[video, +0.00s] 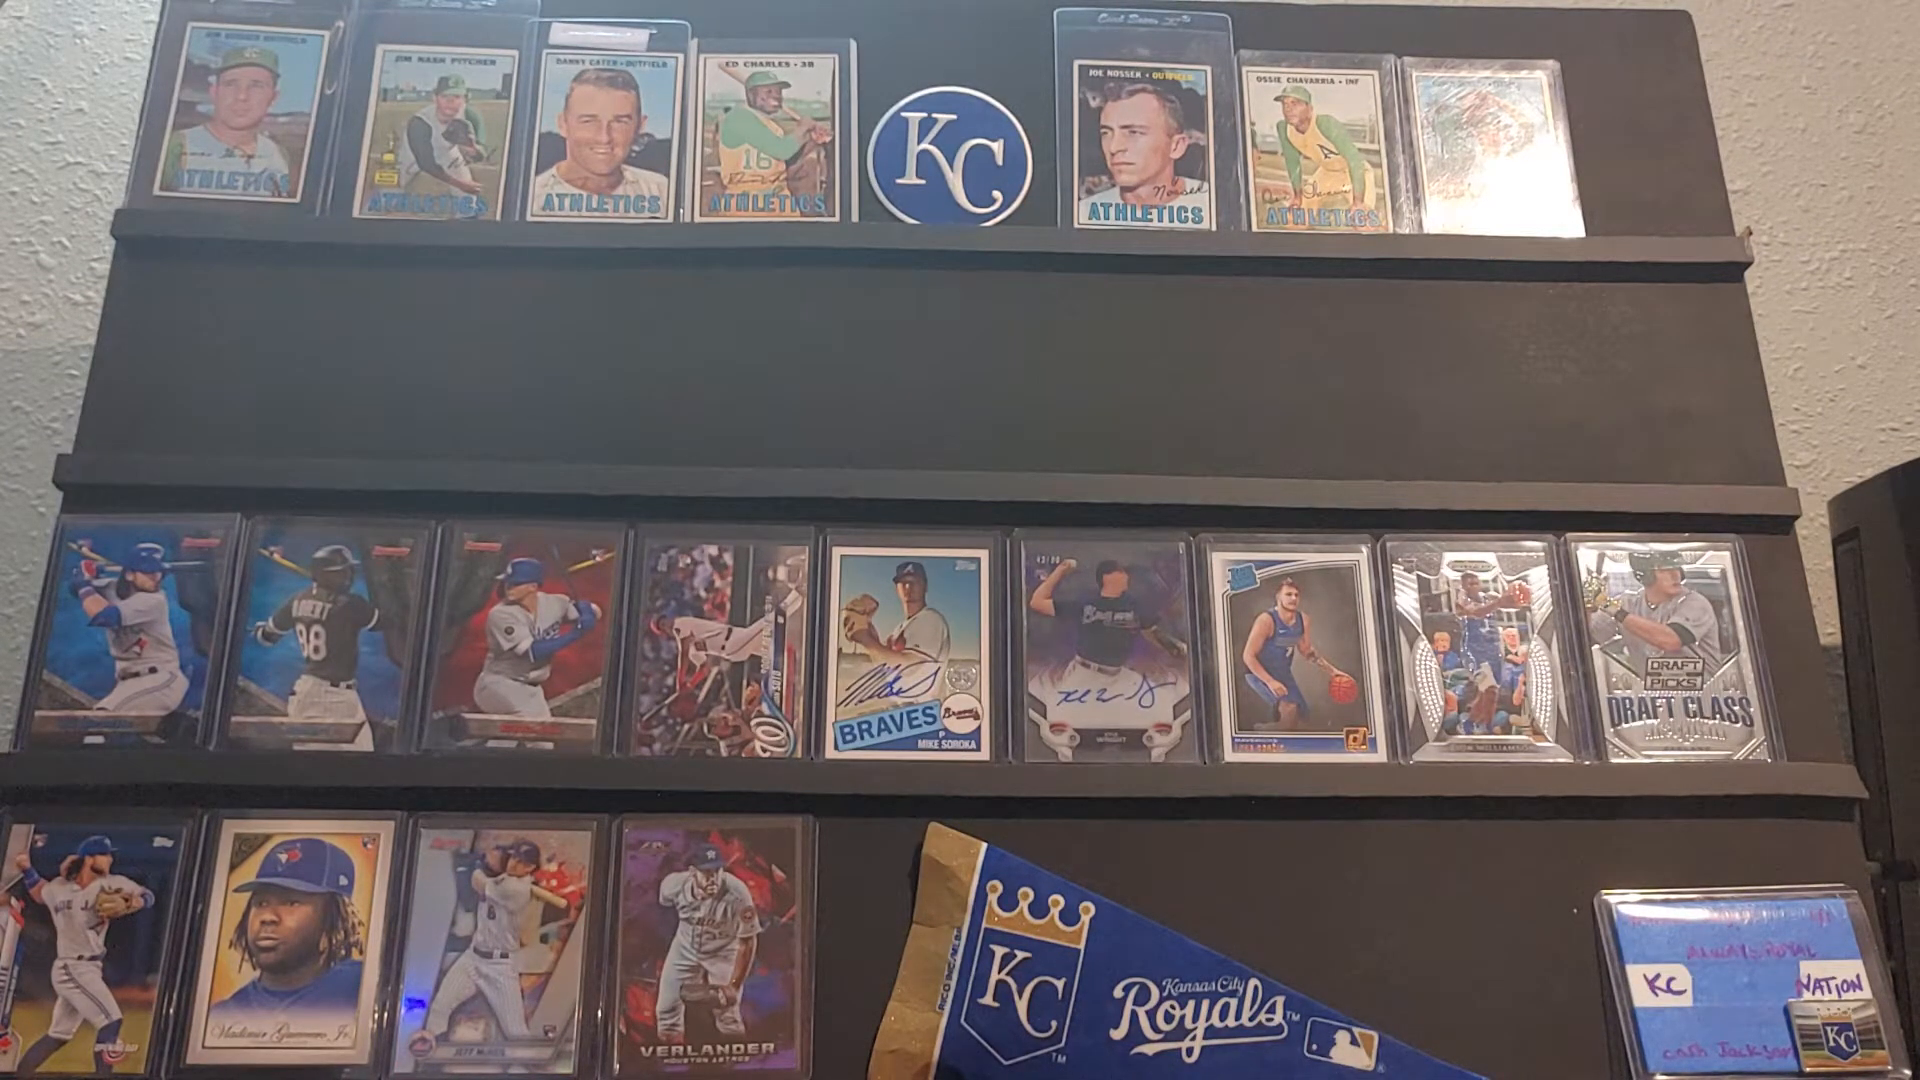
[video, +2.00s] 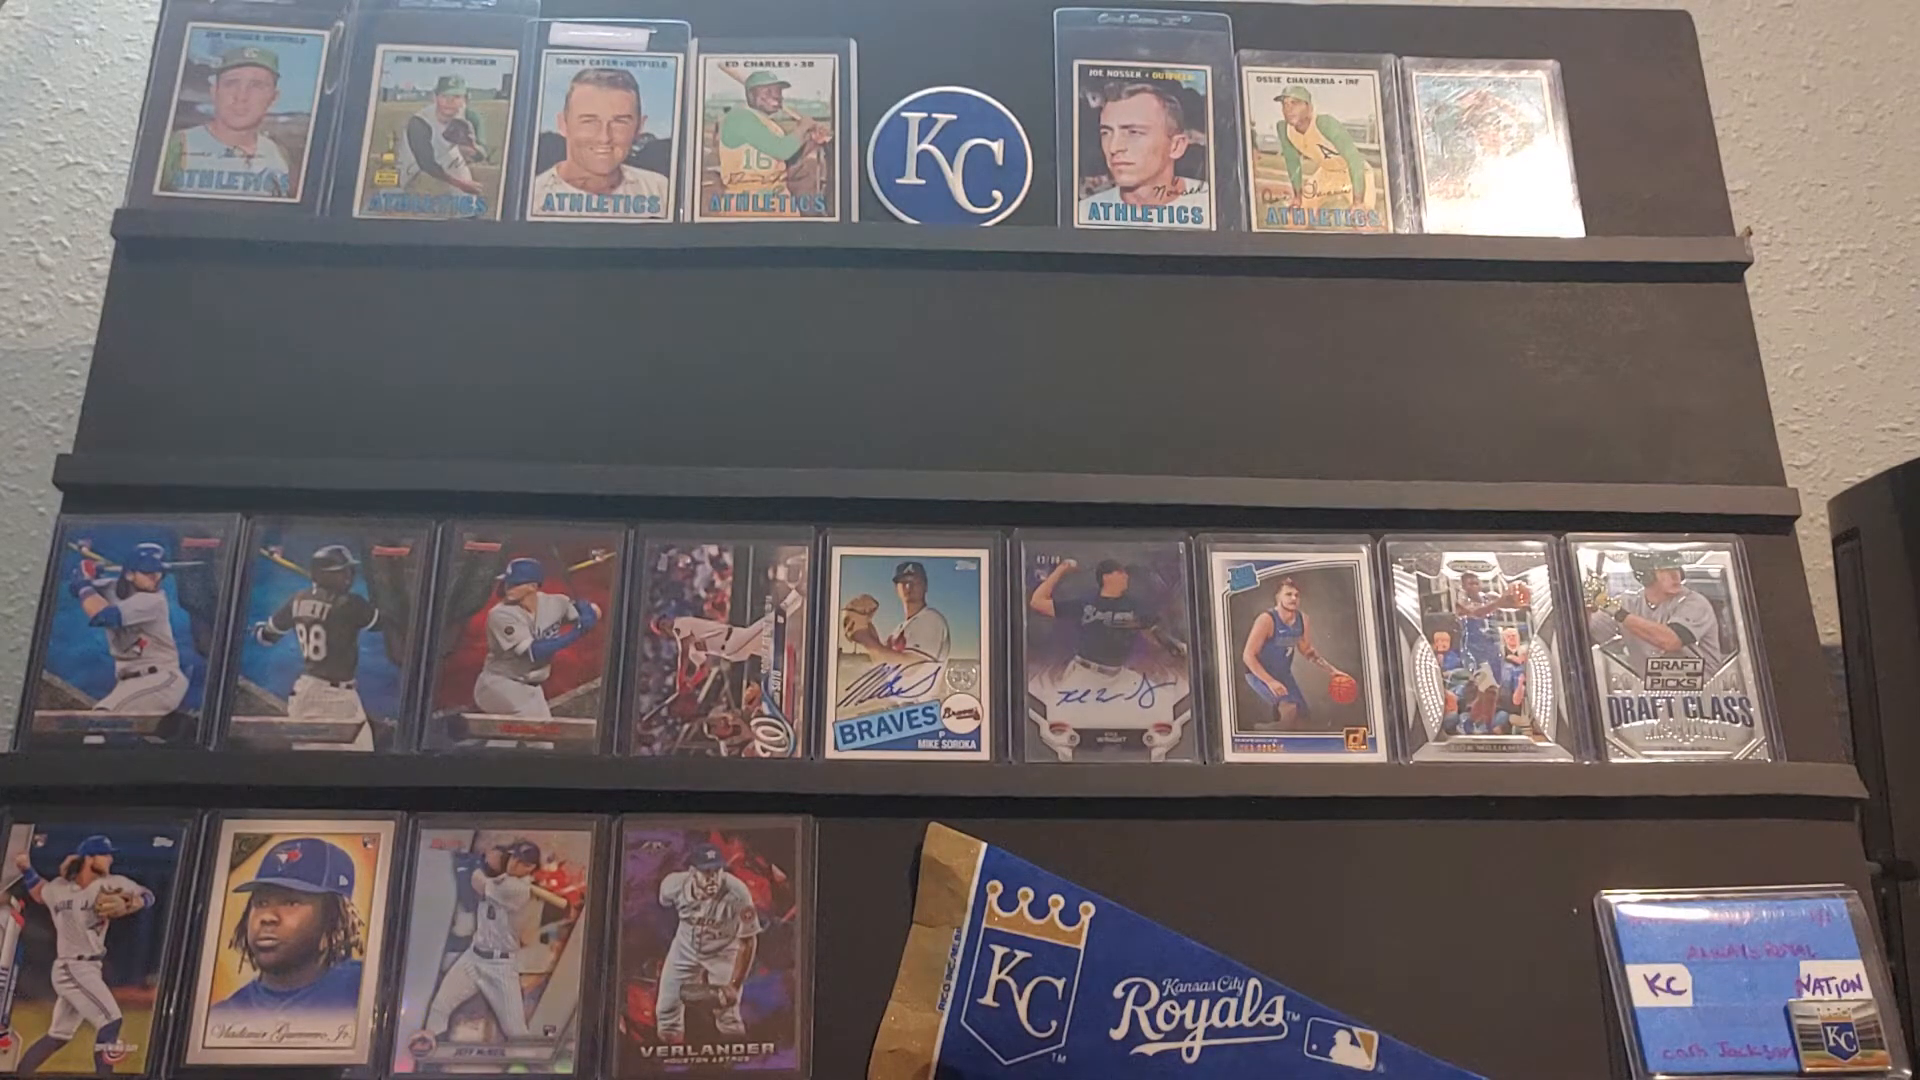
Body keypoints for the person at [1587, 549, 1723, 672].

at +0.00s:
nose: (1677, 575)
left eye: (1677, 568)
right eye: (1666, 569)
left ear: (1682, 570)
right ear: (1644, 574)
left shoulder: (1696, 604)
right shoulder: (1629, 604)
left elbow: (1671, 641)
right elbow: (1587, 639)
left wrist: (1619, 614)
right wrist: (1585, 610)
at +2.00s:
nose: (1676, 575)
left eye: (1677, 568)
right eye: (1667, 569)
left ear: (1682, 570)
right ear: (1645, 574)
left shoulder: (1696, 604)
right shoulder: (1627, 604)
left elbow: (1670, 641)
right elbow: (1584, 638)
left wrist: (1621, 614)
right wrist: (1585, 609)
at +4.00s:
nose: (1676, 575)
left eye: (1677, 568)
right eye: (1666, 569)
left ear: (1682, 571)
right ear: (1644, 574)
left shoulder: (1696, 604)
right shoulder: (1628, 604)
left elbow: (1671, 641)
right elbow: (1586, 635)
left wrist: (1619, 613)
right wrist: (1584, 607)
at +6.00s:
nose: (1675, 574)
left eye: (1677, 567)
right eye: (1665, 569)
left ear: (1682, 570)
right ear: (1644, 575)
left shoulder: (1696, 604)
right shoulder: (1628, 604)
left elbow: (1671, 641)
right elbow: (1586, 638)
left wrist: (1620, 614)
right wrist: (1585, 609)